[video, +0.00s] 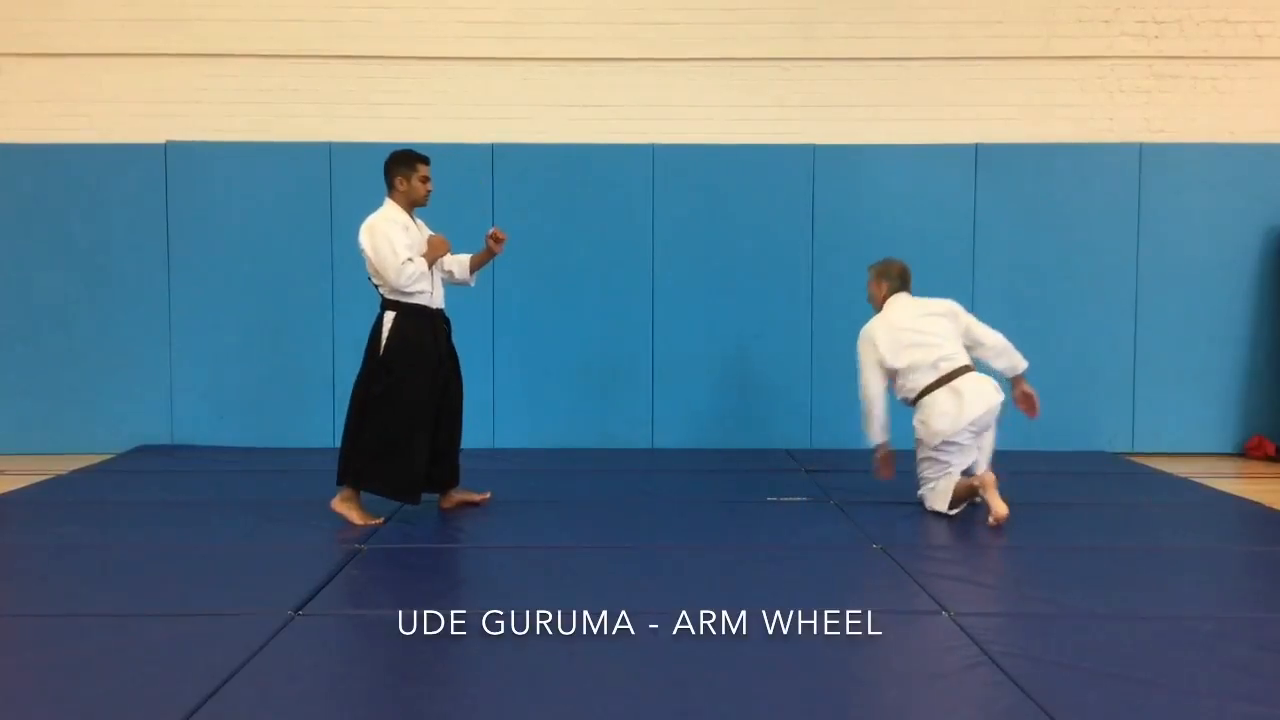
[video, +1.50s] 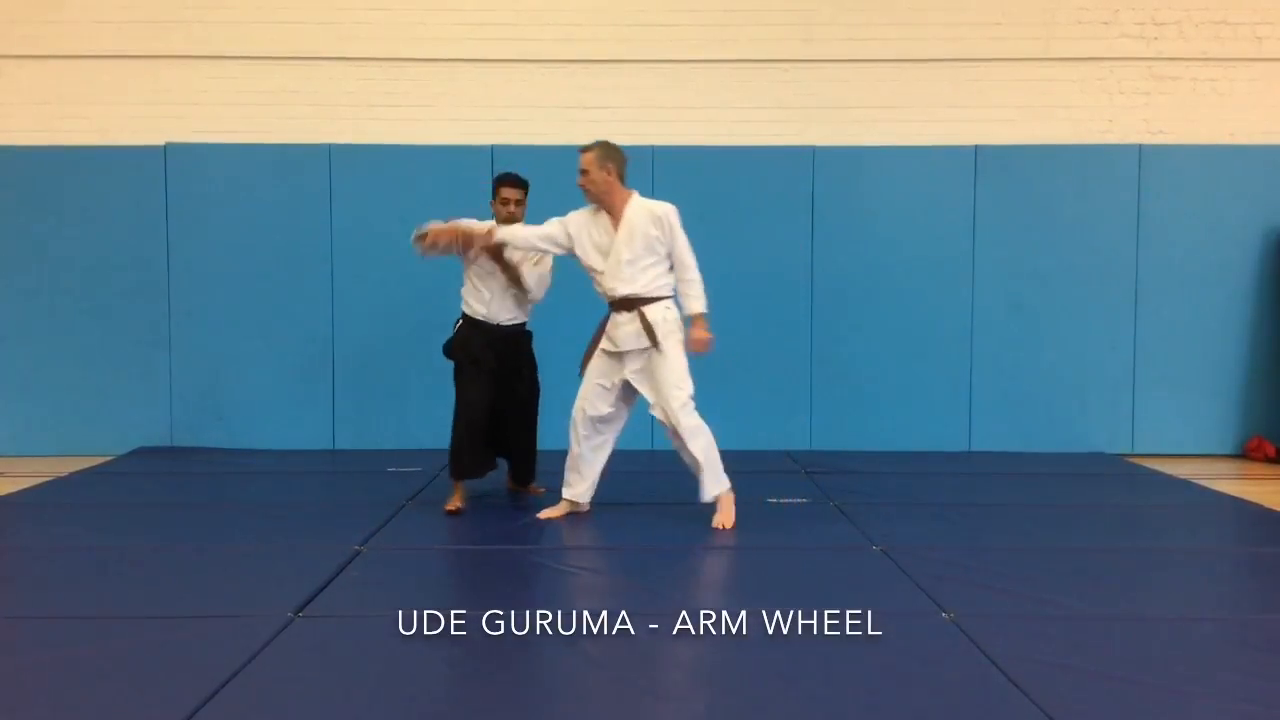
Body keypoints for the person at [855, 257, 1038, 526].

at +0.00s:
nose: (868, 291)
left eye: (871, 284)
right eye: (869, 284)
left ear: (882, 287)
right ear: (906, 286)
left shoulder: (873, 332)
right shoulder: (943, 307)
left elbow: (872, 392)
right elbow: (992, 341)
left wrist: (881, 445)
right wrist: (1018, 380)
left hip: (939, 413)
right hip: (982, 394)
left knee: (934, 492)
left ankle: (977, 483)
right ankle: (984, 488)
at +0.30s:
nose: (881, 229)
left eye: (886, 222)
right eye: (882, 221)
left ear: (907, 225)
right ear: (912, 226)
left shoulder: (904, 265)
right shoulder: (945, 259)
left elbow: (901, 328)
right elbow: (952, 316)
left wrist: (865, 359)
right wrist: (919, 354)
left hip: (943, 364)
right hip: (972, 355)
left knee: (935, 461)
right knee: (954, 439)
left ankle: (1016, 491)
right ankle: (965, 500)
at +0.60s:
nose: (844, 200)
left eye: (849, 193)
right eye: (844, 193)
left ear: (873, 194)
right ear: (876, 196)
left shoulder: (880, 231)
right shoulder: (900, 227)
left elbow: (837, 268)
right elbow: (871, 287)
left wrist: (817, 241)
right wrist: (836, 281)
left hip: (912, 334)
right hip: (937, 330)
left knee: (850, 401)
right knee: (926, 417)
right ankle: (970, 490)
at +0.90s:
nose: (764, 179)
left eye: (771, 172)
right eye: (766, 172)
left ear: (795, 177)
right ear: (796, 179)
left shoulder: (804, 221)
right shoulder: (824, 218)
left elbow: (757, 250)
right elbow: (862, 251)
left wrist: (756, 203)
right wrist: (831, 275)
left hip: (807, 335)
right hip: (815, 332)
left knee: (772, 417)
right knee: (800, 418)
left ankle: (790, 508)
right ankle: (854, 457)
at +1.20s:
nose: (673, 184)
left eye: (679, 176)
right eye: (672, 177)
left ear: (705, 180)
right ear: (691, 182)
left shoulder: (743, 230)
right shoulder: (673, 227)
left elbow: (760, 282)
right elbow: (635, 237)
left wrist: (741, 322)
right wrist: (606, 222)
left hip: (725, 334)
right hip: (684, 334)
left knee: (737, 425)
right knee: (634, 409)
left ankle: (787, 502)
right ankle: (584, 482)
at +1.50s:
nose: (579, 181)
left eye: (585, 172)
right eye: (578, 173)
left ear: (612, 172)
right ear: (601, 175)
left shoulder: (659, 215)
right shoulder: (580, 223)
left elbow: (686, 267)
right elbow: (532, 235)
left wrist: (697, 319)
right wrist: (479, 234)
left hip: (657, 324)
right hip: (616, 328)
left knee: (677, 411)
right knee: (590, 411)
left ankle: (722, 495)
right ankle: (576, 499)